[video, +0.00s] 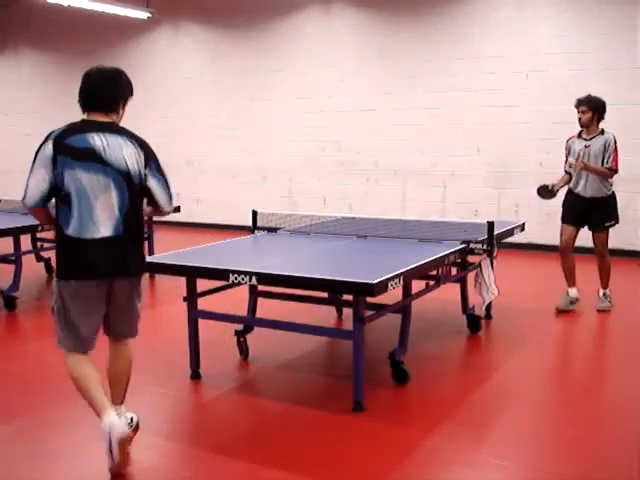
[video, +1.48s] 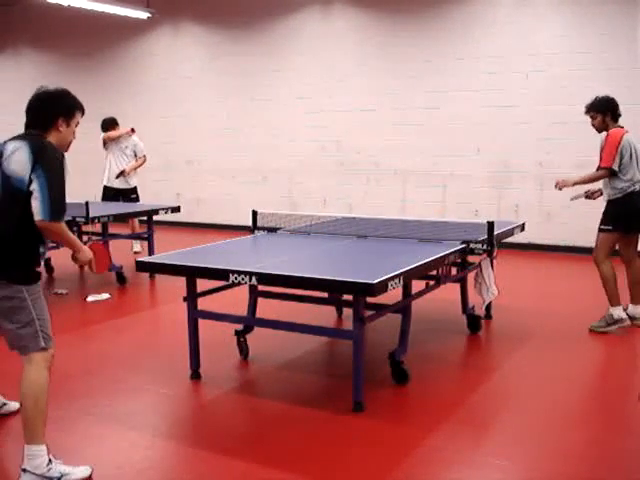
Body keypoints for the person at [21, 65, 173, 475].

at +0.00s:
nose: (126, 109)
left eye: (125, 104)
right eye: (125, 104)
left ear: (81, 101)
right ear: (121, 105)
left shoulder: (56, 142)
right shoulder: (134, 146)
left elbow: (32, 202)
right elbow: (164, 204)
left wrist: (57, 225)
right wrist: (140, 209)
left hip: (78, 265)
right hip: (126, 263)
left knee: (74, 348)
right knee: (121, 340)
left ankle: (113, 418)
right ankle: (114, 426)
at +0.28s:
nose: (112, 111)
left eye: (112, 104)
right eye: (111, 104)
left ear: (71, 101)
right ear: (100, 104)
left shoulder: (38, 136)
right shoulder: (112, 142)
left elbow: (13, 188)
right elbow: (137, 201)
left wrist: (38, 216)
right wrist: (123, 225)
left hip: (54, 251)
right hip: (102, 253)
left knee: (40, 316)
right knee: (109, 328)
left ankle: (30, 398)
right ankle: (115, 415)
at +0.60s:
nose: (70, 119)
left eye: (71, 113)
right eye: (68, 112)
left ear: (36, 108)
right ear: (50, 108)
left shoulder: (9, 140)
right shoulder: (44, 143)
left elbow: (16, 199)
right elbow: (58, 202)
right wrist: (95, 214)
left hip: (16, 254)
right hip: (54, 256)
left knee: (9, 323)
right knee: (87, 325)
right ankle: (109, 411)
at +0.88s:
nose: (45, 114)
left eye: (47, 107)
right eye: (43, 106)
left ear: (18, 104)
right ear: (23, 103)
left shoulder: (9, 132)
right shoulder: (11, 132)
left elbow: (12, 191)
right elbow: (5, 188)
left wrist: (48, 221)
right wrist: (49, 213)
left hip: (9, 247)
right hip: (23, 248)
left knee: (1, 321)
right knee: (47, 320)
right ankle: (57, 416)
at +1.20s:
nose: (52, 123)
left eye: (53, 116)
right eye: (50, 115)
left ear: (23, 112)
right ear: (32, 111)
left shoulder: (5, 138)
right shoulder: (23, 140)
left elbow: (22, 193)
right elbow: (24, 194)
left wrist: (55, 214)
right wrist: (59, 217)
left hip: (5, 255)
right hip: (18, 257)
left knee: (5, 331)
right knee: (38, 335)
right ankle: (41, 437)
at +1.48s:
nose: (75, 134)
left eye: (76, 126)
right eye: (74, 125)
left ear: (37, 120)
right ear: (59, 122)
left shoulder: (11, 146)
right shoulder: (46, 155)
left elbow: (21, 212)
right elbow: (47, 220)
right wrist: (77, 246)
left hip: (3, 267)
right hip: (14, 273)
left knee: (10, 332)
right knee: (39, 353)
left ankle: (1, 399)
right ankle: (36, 460)